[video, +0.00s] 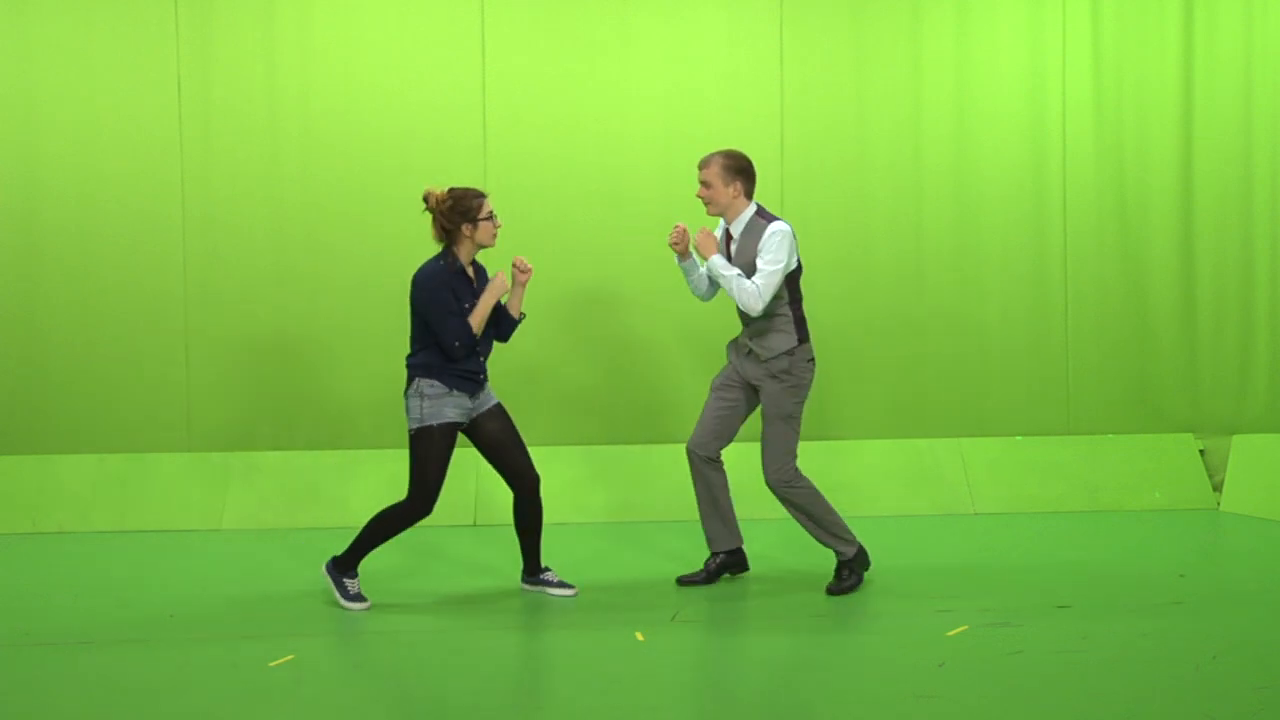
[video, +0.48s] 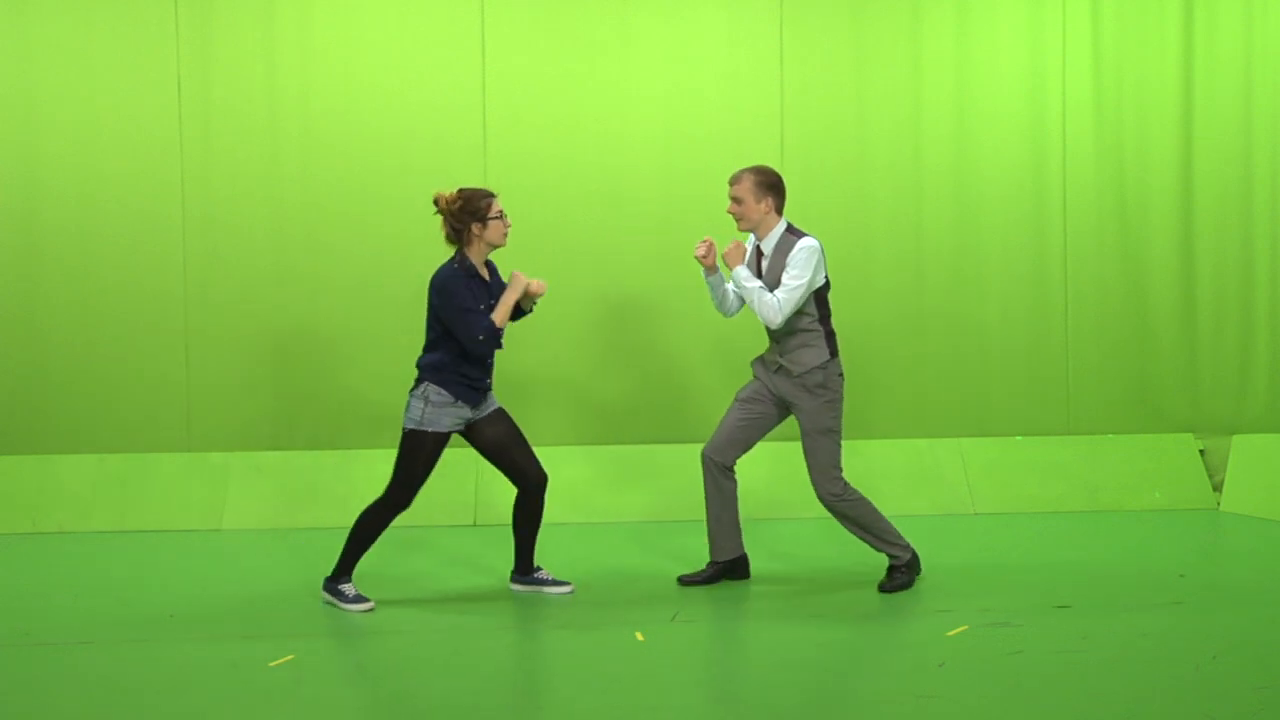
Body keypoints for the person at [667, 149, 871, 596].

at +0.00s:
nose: (700, 194)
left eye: (706, 185)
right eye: (699, 185)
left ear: (736, 188)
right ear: (729, 189)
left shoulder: (776, 233)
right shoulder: (726, 235)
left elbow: (754, 300)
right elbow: (706, 290)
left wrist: (714, 258)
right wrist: (686, 256)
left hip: (786, 364)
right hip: (745, 359)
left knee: (779, 472)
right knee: (701, 449)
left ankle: (852, 553)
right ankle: (729, 553)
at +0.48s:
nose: (731, 209)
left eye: (738, 201)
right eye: (730, 202)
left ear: (767, 203)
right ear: (760, 205)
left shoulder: (806, 248)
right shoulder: (751, 251)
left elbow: (774, 314)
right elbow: (728, 306)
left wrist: (738, 270)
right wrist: (711, 270)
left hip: (816, 378)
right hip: (774, 374)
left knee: (829, 487)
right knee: (717, 456)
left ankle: (903, 556)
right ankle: (729, 559)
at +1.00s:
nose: (809, 215)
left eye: (815, 207)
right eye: (808, 207)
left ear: (845, 207)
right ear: (836, 209)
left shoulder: (866, 254)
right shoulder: (835, 251)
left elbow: (824, 308)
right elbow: (808, 309)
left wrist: (799, 262)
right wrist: (784, 269)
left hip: (839, 387)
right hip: (807, 380)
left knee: (841, 498)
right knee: (738, 453)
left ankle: (932, 550)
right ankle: (735, 557)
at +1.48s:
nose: (898, 336)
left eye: (899, 329)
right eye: (894, 332)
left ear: (919, 312)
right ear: (918, 310)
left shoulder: (973, 313)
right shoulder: (922, 328)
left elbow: (965, 385)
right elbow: (923, 379)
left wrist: (912, 357)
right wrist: (905, 430)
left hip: (1025, 388)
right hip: (995, 394)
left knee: (949, 447)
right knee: (995, 491)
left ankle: (944, 559)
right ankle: (1089, 523)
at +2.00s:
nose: (928, 437)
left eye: (927, 432)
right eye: (923, 434)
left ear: (944, 418)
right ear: (945, 414)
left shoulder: (1000, 407)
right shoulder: (965, 414)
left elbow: (991, 482)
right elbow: (966, 473)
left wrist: (942, 451)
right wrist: (959, 527)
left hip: (1082, 460)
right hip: (1057, 463)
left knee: (995, 472)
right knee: (986, 527)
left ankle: (1035, 550)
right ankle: (1085, 521)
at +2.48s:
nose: (930, 446)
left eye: (929, 441)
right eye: (925, 442)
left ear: (947, 427)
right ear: (948, 422)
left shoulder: (1003, 414)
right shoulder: (963, 413)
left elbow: (999, 489)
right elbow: (968, 472)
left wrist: (947, 460)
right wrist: (959, 528)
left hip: (1081, 464)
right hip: (1050, 468)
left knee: (997, 471)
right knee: (981, 528)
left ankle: (1036, 551)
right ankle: (1079, 520)